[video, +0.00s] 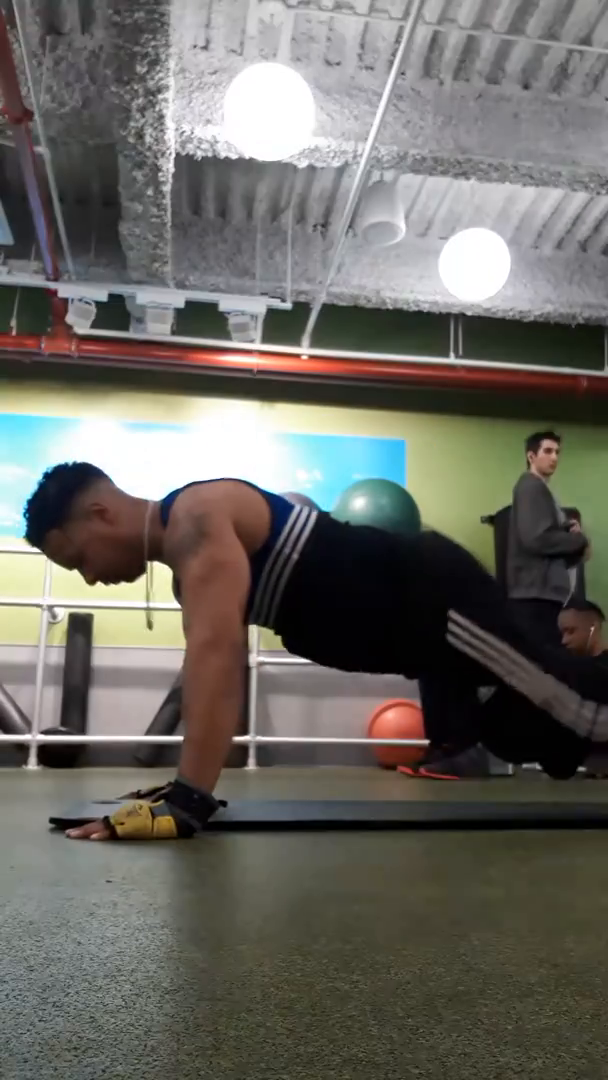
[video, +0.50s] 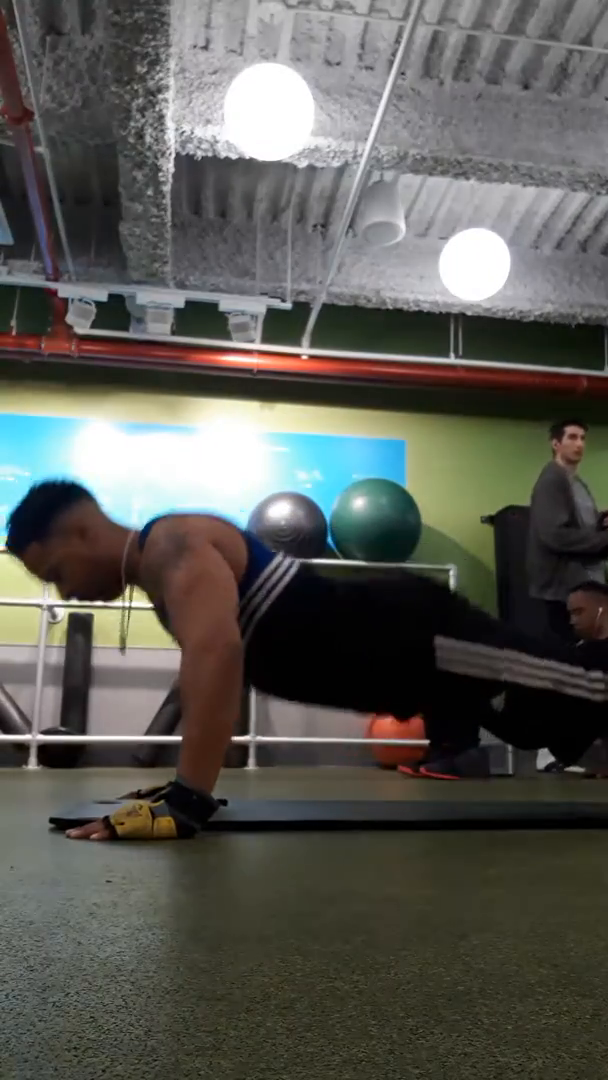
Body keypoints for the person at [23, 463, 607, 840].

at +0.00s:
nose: (86, 576)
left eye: (75, 558)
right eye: (72, 568)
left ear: (103, 511)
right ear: (106, 513)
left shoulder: (199, 516)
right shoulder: (191, 536)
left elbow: (218, 660)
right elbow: (217, 666)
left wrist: (189, 796)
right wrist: (188, 793)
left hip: (431, 595)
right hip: (419, 619)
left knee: (582, 722)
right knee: (544, 741)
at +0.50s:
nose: (63, 594)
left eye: (53, 575)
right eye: (48, 583)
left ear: (78, 534)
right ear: (83, 532)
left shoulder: (174, 543)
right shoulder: (165, 565)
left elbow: (217, 652)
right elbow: (219, 673)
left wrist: (187, 798)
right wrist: (186, 798)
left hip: (421, 642)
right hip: (410, 658)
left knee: (590, 697)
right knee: (568, 712)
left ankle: (591, 622)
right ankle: (588, 626)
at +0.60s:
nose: (48, 630)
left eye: (39, 609)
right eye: (36, 619)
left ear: (70, 565)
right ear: (73, 568)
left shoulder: (160, 577)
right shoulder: (154, 593)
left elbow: (223, 658)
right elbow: (242, 676)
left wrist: (189, 796)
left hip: (399, 670)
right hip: (388, 678)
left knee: (582, 705)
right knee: (565, 705)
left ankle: (591, 628)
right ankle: (589, 629)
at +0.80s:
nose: (21, 712)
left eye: (16, 691)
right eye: (10, 701)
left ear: (53, 640)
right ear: (54, 644)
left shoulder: (129, 647)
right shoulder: (133, 682)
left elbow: (225, 665)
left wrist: (188, 797)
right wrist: (381, 774)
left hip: (406, 713)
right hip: (397, 728)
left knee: (590, 723)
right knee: (568, 711)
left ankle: (592, 637)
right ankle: (591, 634)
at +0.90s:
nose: (25, 747)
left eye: (13, 725)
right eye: (13, 735)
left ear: (39, 680)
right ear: (44, 681)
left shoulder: (122, 672)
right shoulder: (135, 710)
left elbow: (221, 663)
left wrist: (189, 799)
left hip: (392, 726)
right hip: (382, 741)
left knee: (587, 727)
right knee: (556, 718)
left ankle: (593, 638)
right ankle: (589, 636)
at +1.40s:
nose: (43, 656)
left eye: (36, 635)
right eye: (30, 645)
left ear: (63, 596)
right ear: (63, 602)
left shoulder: (148, 607)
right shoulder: (142, 635)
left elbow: (223, 662)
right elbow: (225, 693)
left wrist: (187, 798)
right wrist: (181, 796)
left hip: (383, 669)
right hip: (371, 693)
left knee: (576, 711)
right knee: (553, 733)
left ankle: (586, 644)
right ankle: (582, 641)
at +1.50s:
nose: (55, 598)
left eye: (47, 578)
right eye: (42, 586)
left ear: (74, 541)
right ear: (80, 537)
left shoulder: (165, 557)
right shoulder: (158, 570)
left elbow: (214, 664)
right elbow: (215, 678)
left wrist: (185, 799)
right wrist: (192, 796)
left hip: (416, 636)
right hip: (404, 655)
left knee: (589, 696)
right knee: (555, 733)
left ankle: (586, 634)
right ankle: (580, 642)